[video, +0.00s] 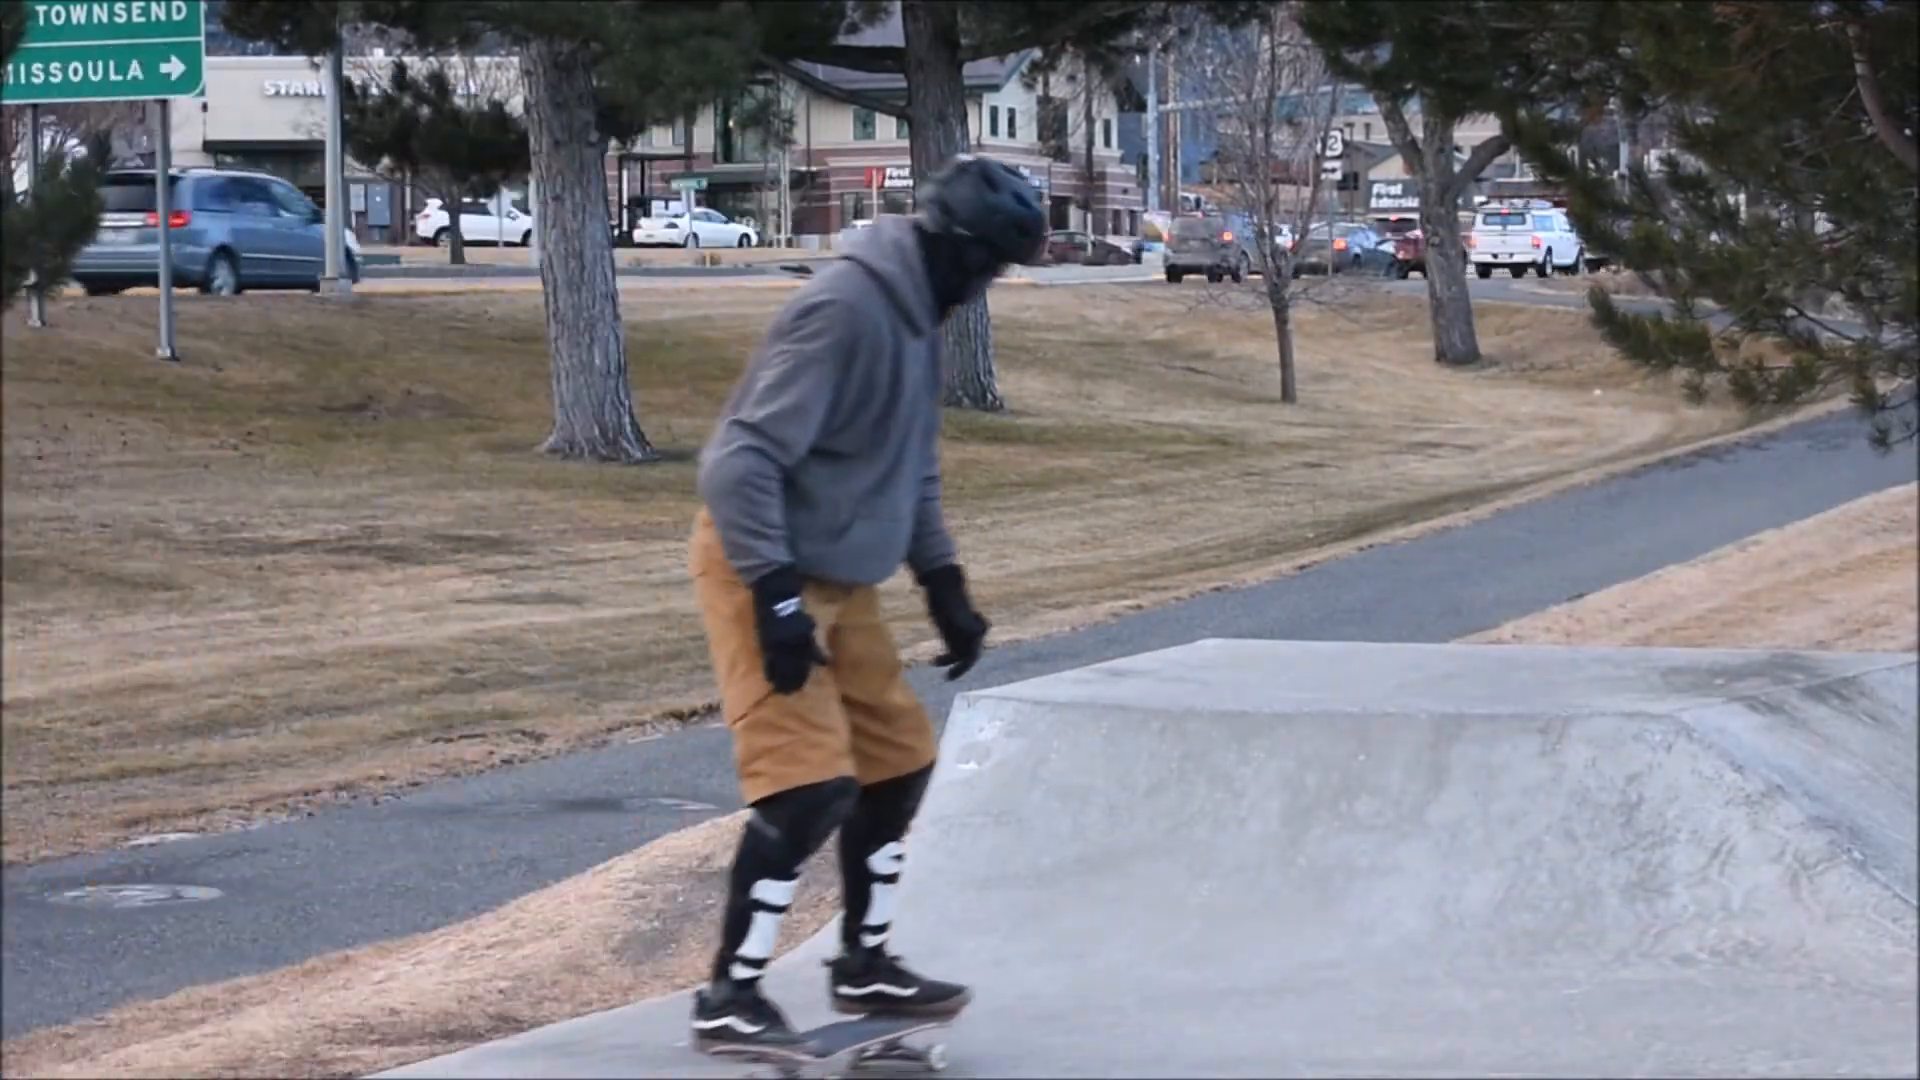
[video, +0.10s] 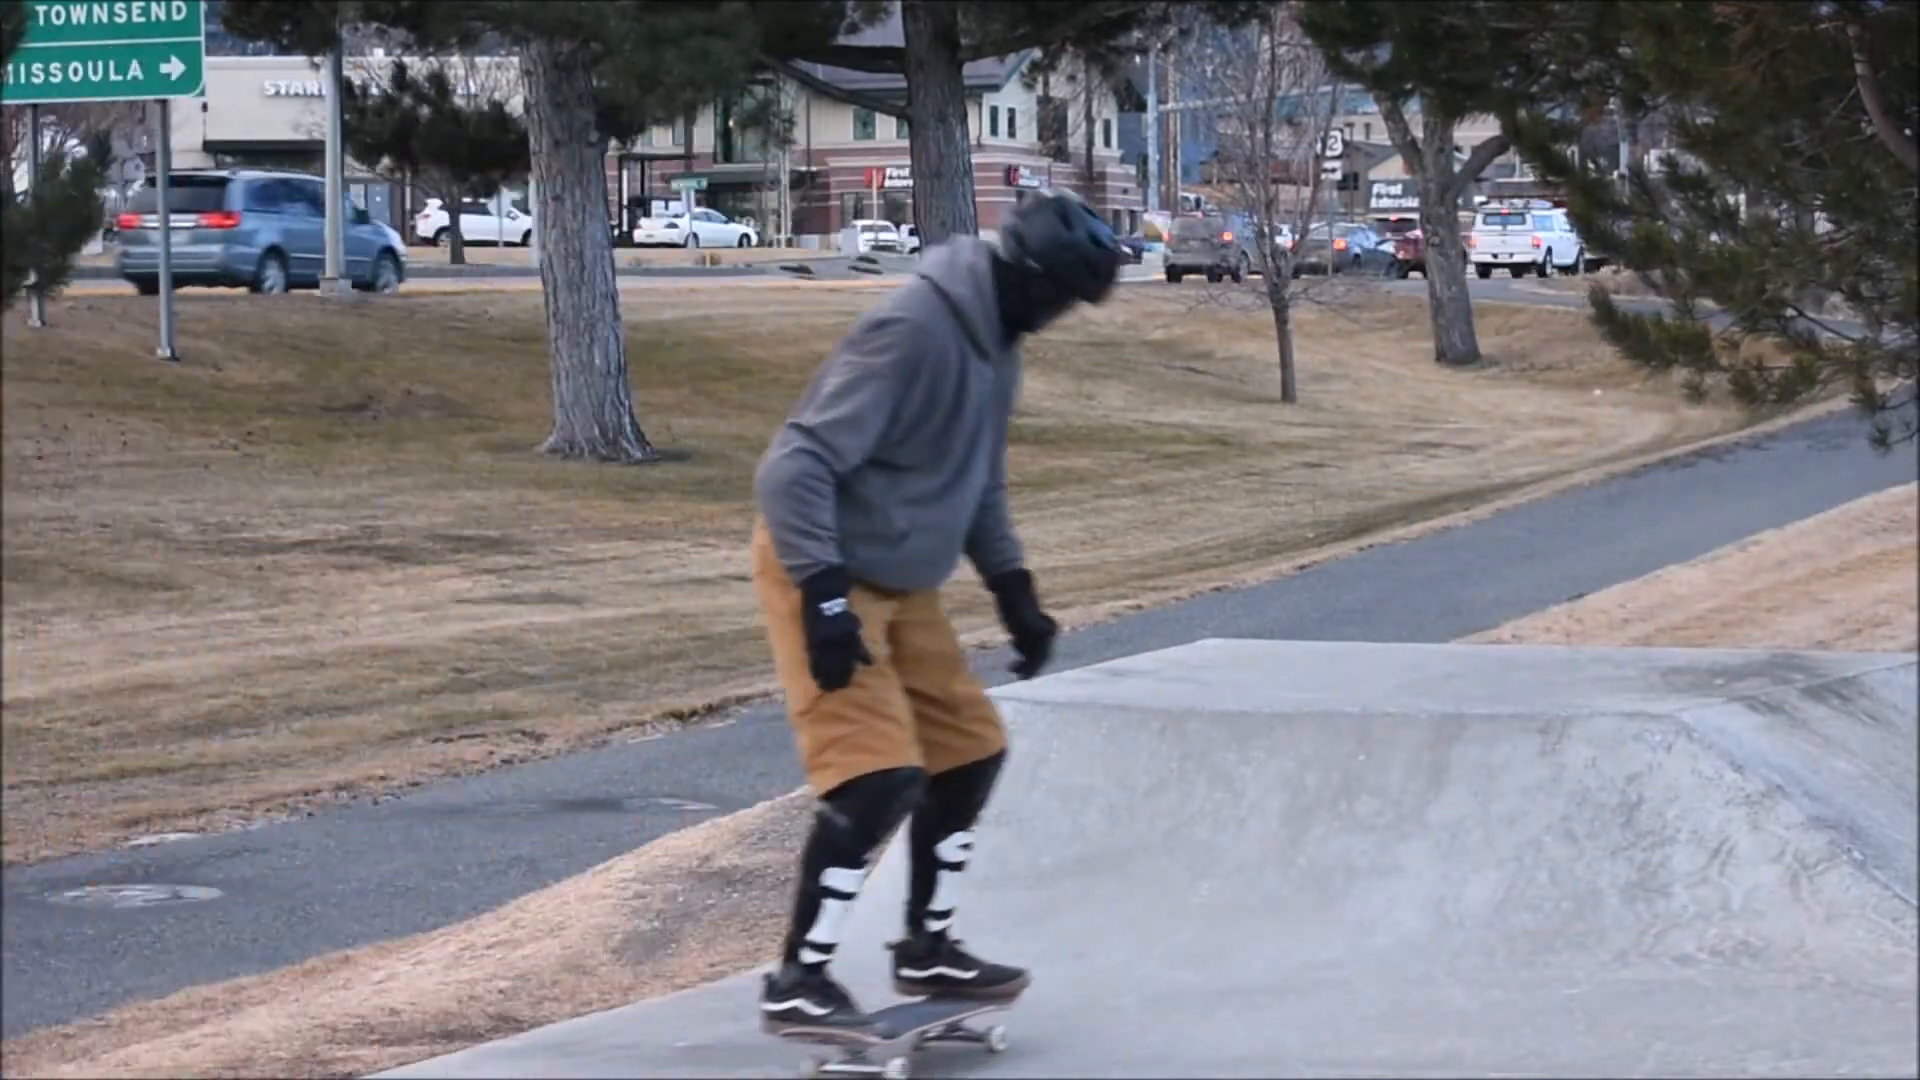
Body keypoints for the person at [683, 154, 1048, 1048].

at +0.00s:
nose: (991, 283)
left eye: (1001, 268)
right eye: (992, 263)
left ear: (965, 241)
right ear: (957, 238)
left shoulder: (918, 312)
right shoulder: (845, 305)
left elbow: (914, 468)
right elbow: (740, 458)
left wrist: (943, 583)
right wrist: (774, 596)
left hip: (841, 577)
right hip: (762, 570)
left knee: (895, 763)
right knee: (807, 783)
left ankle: (863, 962)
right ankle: (730, 994)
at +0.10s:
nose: (1058, 314)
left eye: (1068, 301)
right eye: (1060, 296)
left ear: (1036, 274)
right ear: (1030, 270)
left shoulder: (994, 342)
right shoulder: (913, 327)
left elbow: (980, 483)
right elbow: (795, 466)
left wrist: (1016, 595)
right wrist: (824, 602)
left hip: (905, 581)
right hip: (826, 573)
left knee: (966, 754)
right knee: (877, 773)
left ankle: (925, 947)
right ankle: (799, 979)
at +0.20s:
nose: (1115, 370)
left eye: (1127, 360)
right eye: (1118, 353)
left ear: (1103, 332)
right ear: (1091, 323)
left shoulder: (1057, 387)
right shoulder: (972, 368)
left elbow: (1046, 515)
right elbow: (846, 489)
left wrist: (1095, 614)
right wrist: (870, 619)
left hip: (960, 595)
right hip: (880, 587)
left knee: (1045, 753)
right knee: (956, 772)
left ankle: (984, 931)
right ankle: (864, 960)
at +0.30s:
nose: (1165, 427)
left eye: (1175, 418)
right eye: (1167, 411)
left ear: (1157, 389)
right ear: (1145, 380)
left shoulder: (1122, 431)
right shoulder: (1022, 414)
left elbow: (1118, 548)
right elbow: (888, 523)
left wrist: (1188, 628)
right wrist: (906, 648)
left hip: (1015, 612)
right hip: (935, 603)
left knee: (1116, 750)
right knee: (1030, 769)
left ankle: (1040, 918)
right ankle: (925, 945)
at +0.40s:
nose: (1213, 475)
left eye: (1222, 466)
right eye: (1212, 461)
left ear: (1205, 439)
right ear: (1186, 430)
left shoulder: (1188, 472)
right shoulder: (1070, 449)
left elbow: (1197, 576)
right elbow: (928, 538)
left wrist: (1274, 622)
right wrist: (933, 666)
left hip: (1074, 624)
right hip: (985, 612)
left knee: (1177, 750)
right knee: (1091, 765)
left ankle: (1093, 906)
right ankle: (985, 931)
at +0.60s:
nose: (1267, 496)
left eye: (1282, 483)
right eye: (1256, 481)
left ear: (1301, 457)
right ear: (1224, 443)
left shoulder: (1293, 458)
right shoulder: (1146, 439)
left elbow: (1328, 586)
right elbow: (1023, 491)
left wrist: (1282, 539)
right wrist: (977, 590)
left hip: (1192, 593)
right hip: (1100, 579)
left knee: (1274, 737)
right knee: (1189, 743)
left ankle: (1192, 872)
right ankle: (1092, 905)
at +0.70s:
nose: (1273, 431)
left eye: (1289, 422)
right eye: (1263, 418)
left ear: (1311, 391)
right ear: (1236, 383)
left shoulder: (1322, 396)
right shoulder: (1169, 372)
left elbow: (1370, 506)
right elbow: (1073, 380)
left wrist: (1312, 549)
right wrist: (1011, 443)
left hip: (1258, 557)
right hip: (1163, 546)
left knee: (1317, 698)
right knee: (1210, 711)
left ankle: (1254, 808)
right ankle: (1152, 880)